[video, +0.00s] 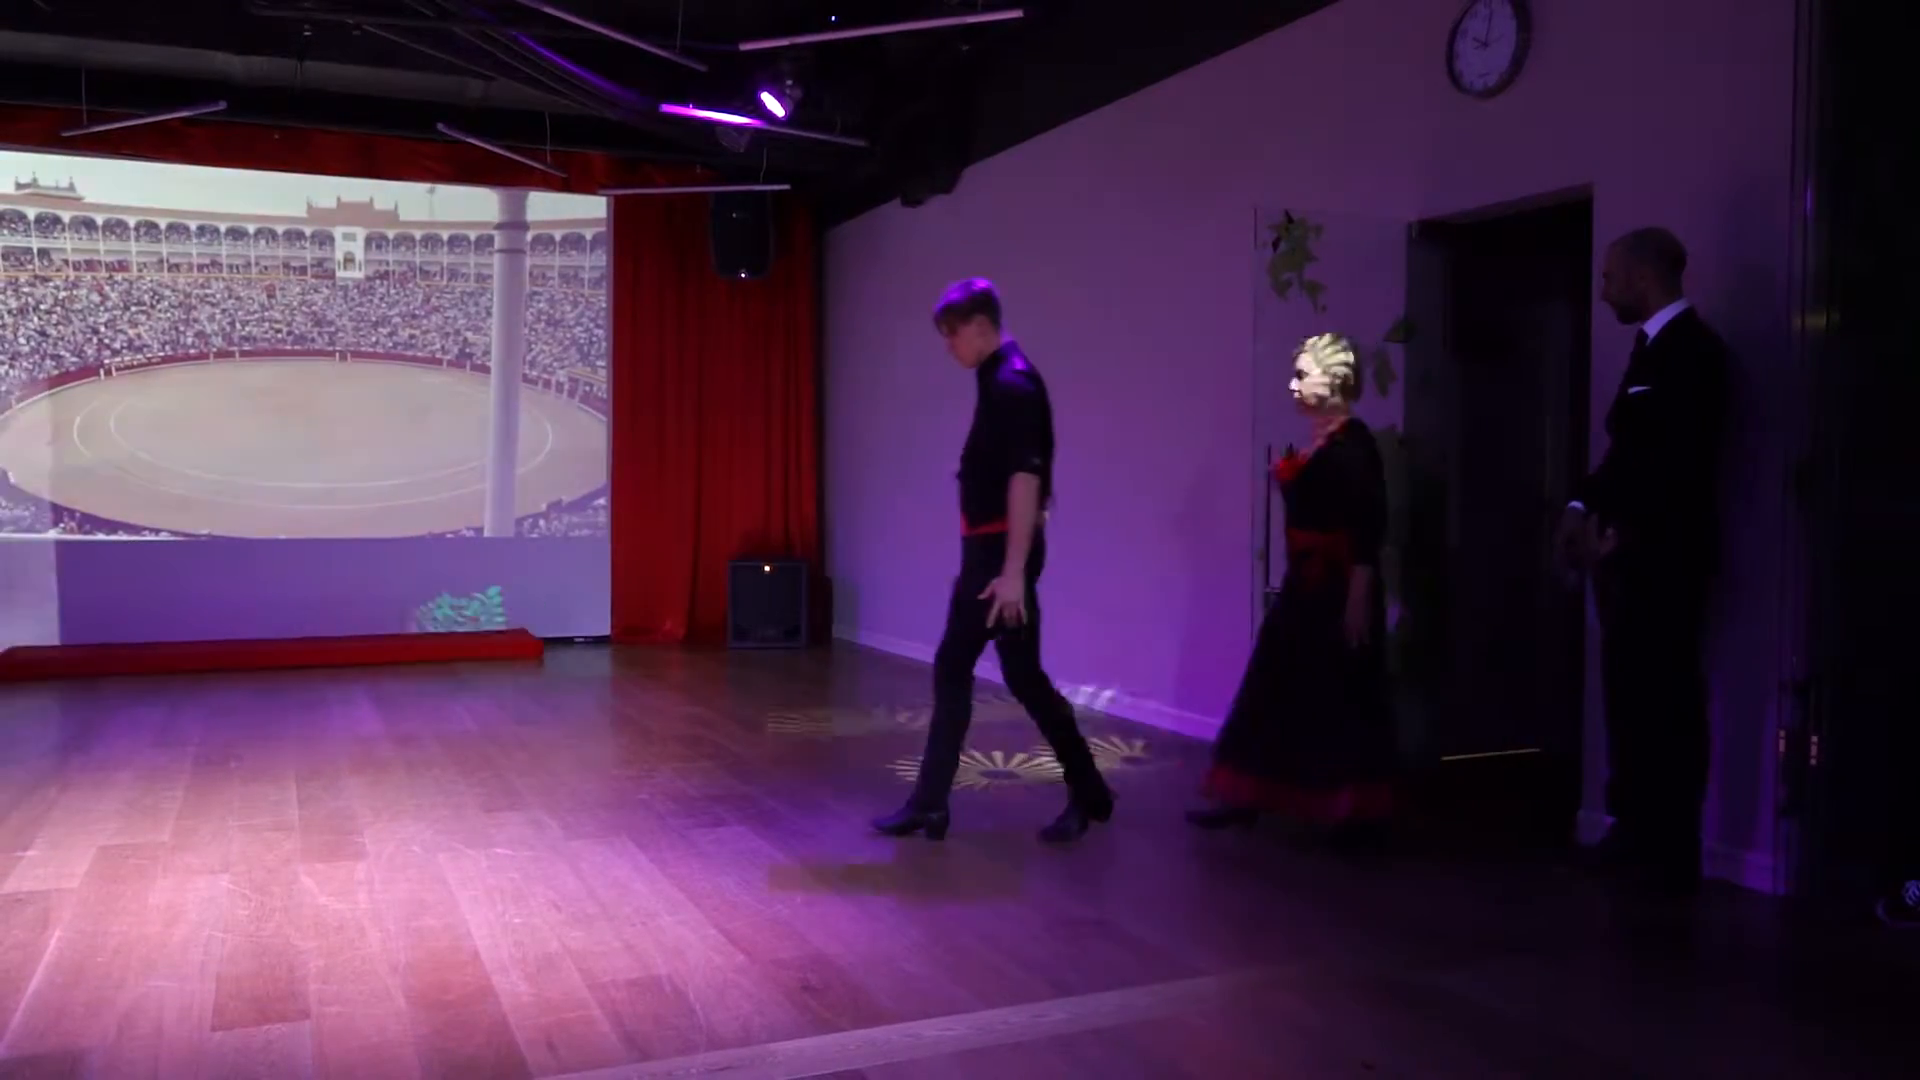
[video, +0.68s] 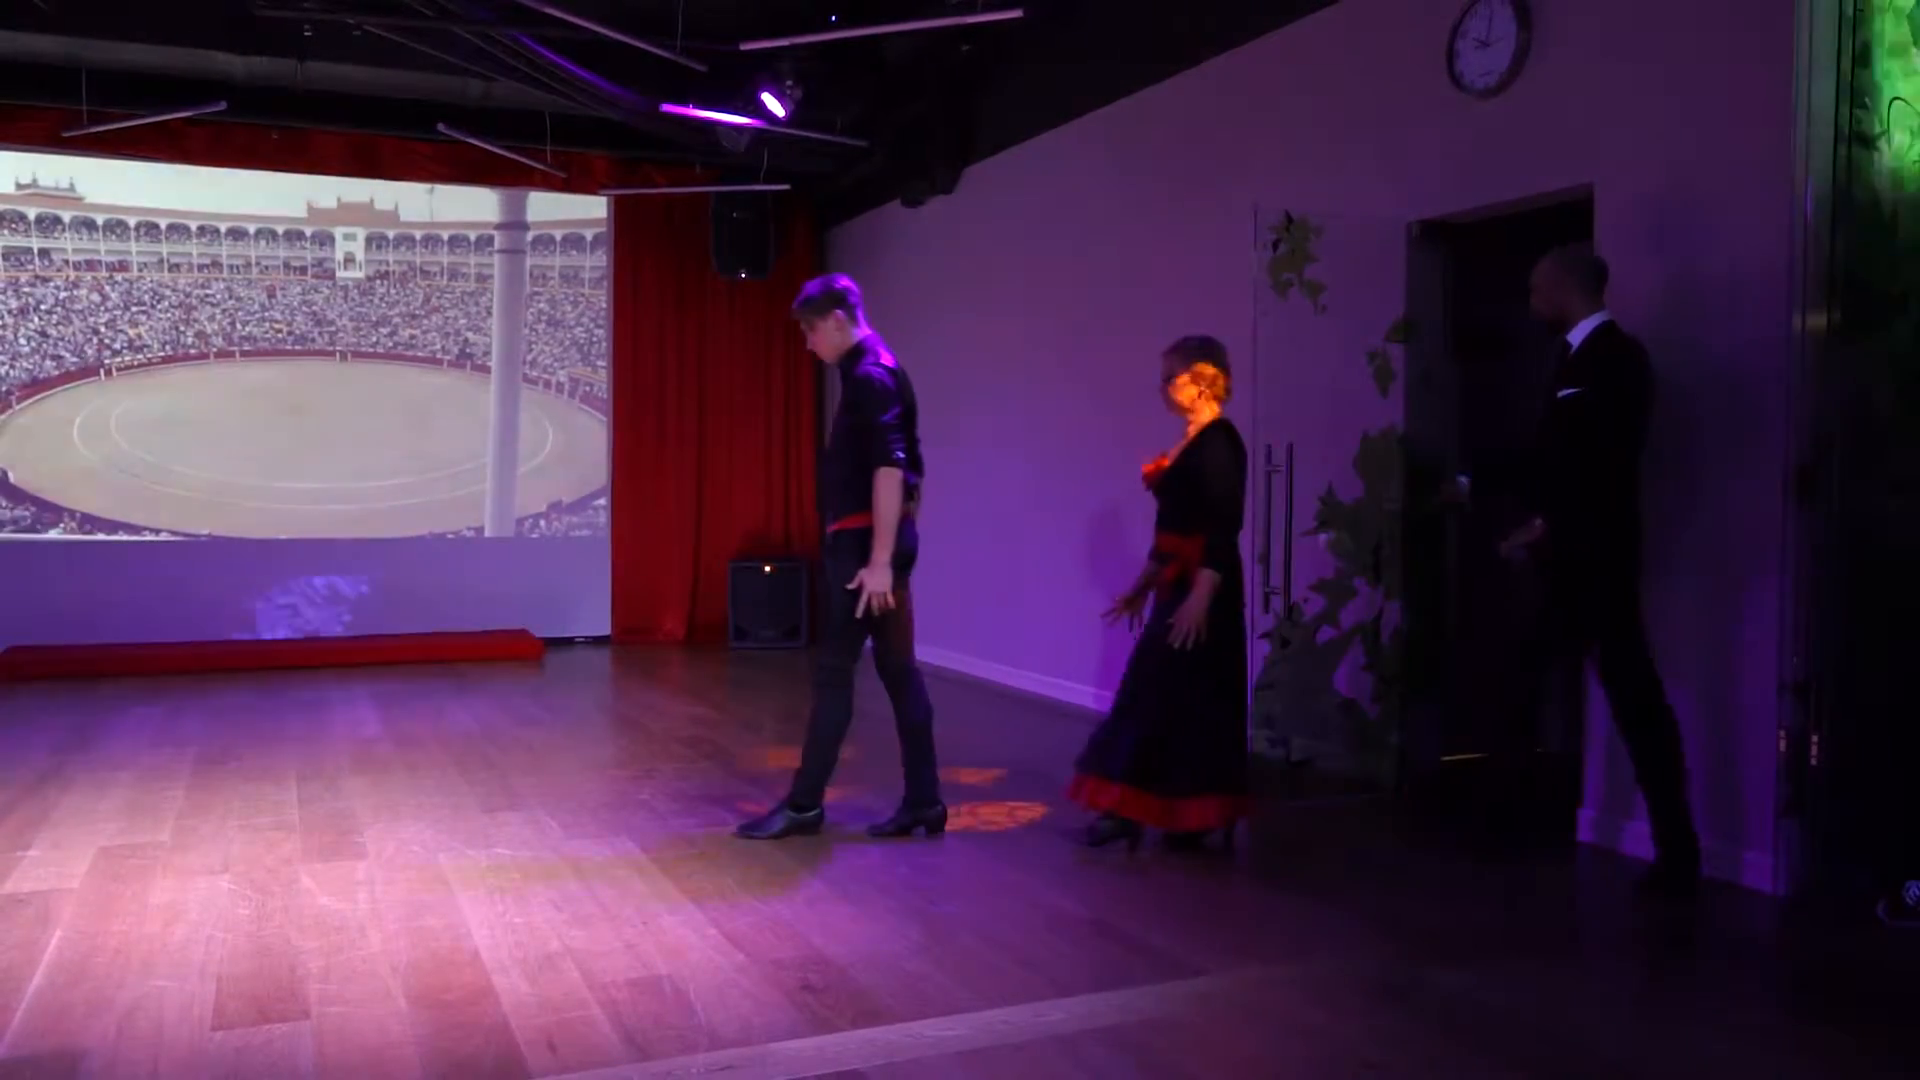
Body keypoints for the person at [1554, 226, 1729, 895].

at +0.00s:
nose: (1604, 287)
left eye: (1612, 275)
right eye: (1606, 275)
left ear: (1644, 278)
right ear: (1653, 276)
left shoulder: (1687, 353)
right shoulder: (1651, 349)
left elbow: (1664, 464)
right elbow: (1625, 451)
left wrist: (1615, 525)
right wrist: (1587, 508)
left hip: (1670, 556)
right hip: (1639, 554)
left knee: (1663, 698)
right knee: (1636, 697)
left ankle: (1665, 848)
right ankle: (1636, 839)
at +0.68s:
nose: (1534, 301)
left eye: (1541, 288)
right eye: (1535, 289)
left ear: (1570, 288)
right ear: (1584, 287)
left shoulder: (1598, 361)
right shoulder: (1601, 356)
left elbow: (1585, 470)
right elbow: (1584, 469)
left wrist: (1547, 525)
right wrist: (1546, 525)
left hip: (1595, 552)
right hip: (1590, 549)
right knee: (1634, 695)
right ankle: (1675, 847)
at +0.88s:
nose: (1483, 304)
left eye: (1490, 292)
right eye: (1484, 292)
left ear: (1520, 292)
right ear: (1526, 293)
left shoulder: (1562, 356)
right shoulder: (1537, 356)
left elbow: (1560, 466)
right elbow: (1545, 464)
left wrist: (1525, 539)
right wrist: (1518, 535)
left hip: (1567, 547)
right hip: (1553, 545)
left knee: (1598, 690)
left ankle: (1656, 842)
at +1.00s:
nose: (1460, 308)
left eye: (1465, 294)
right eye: (1460, 295)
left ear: (1492, 292)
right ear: (1497, 291)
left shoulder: (1547, 352)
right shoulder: (1498, 358)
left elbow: (1552, 459)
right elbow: (1445, 424)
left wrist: (1523, 537)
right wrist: (1356, 442)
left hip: (1556, 545)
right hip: (1516, 544)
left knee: (1580, 689)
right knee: (1503, 683)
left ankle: (1620, 838)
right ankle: (1504, 822)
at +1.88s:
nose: (1433, 305)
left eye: (1439, 290)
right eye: (1433, 292)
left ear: (1464, 288)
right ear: (1468, 286)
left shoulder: (1511, 351)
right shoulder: (1479, 352)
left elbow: (1513, 455)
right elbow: (1459, 451)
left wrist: (1511, 539)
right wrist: (1369, 456)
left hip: (1518, 558)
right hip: (1493, 555)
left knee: (1510, 695)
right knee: (1494, 693)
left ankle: (1521, 835)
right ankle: (1499, 828)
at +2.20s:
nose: (1459, 308)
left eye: (1460, 296)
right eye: (1460, 296)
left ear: (1473, 294)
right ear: (1506, 290)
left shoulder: (1511, 356)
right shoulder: (1527, 349)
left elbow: (1507, 463)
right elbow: (1508, 460)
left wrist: (1494, 548)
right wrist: (1444, 465)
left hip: (1521, 554)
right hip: (1530, 546)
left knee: (1511, 693)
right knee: (1521, 691)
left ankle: (1518, 830)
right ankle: (1524, 827)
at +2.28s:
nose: (1481, 310)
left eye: (1483, 299)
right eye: (1483, 298)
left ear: (1494, 299)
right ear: (1532, 290)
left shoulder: (1525, 357)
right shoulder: (1560, 349)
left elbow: (1523, 468)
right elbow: (1534, 463)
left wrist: (1502, 552)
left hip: (1540, 552)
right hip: (1567, 545)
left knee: (1535, 693)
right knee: (1562, 692)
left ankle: (1542, 833)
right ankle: (1570, 833)